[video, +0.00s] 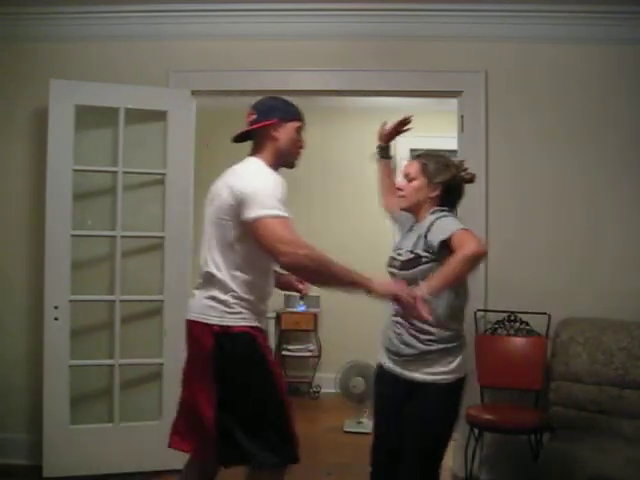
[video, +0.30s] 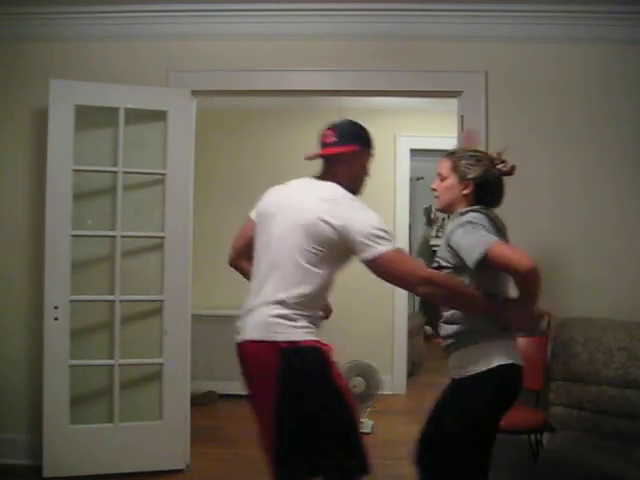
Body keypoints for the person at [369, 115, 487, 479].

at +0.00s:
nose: (399, 183)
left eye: (409, 178)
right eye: (402, 176)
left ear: (434, 190)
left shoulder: (442, 223)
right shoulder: (407, 221)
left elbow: (473, 249)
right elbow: (390, 197)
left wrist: (422, 291)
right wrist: (383, 148)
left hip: (436, 377)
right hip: (394, 369)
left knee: (418, 469)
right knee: (384, 465)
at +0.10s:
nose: (411, 182)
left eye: (420, 176)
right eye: (412, 175)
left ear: (444, 187)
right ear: (439, 188)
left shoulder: (448, 220)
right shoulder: (427, 217)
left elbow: (487, 252)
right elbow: (414, 185)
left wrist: (456, 311)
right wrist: (402, 145)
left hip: (452, 374)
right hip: (420, 369)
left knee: (444, 470)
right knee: (396, 465)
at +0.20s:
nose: (422, 186)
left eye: (430, 178)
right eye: (424, 177)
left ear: (455, 185)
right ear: (455, 187)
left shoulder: (453, 222)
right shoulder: (455, 218)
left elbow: (504, 256)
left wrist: (494, 315)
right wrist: (430, 158)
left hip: (461, 376)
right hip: (468, 371)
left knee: (410, 466)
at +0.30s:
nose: (434, 186)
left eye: (442, 178)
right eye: (437, 178)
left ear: (466, 187)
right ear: (466, 189)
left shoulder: (465, 226)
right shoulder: (483, 220)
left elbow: (525, 267)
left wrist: (525, 310)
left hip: (484, 372)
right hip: (493, 368)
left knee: (433, 457)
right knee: (465, 464)